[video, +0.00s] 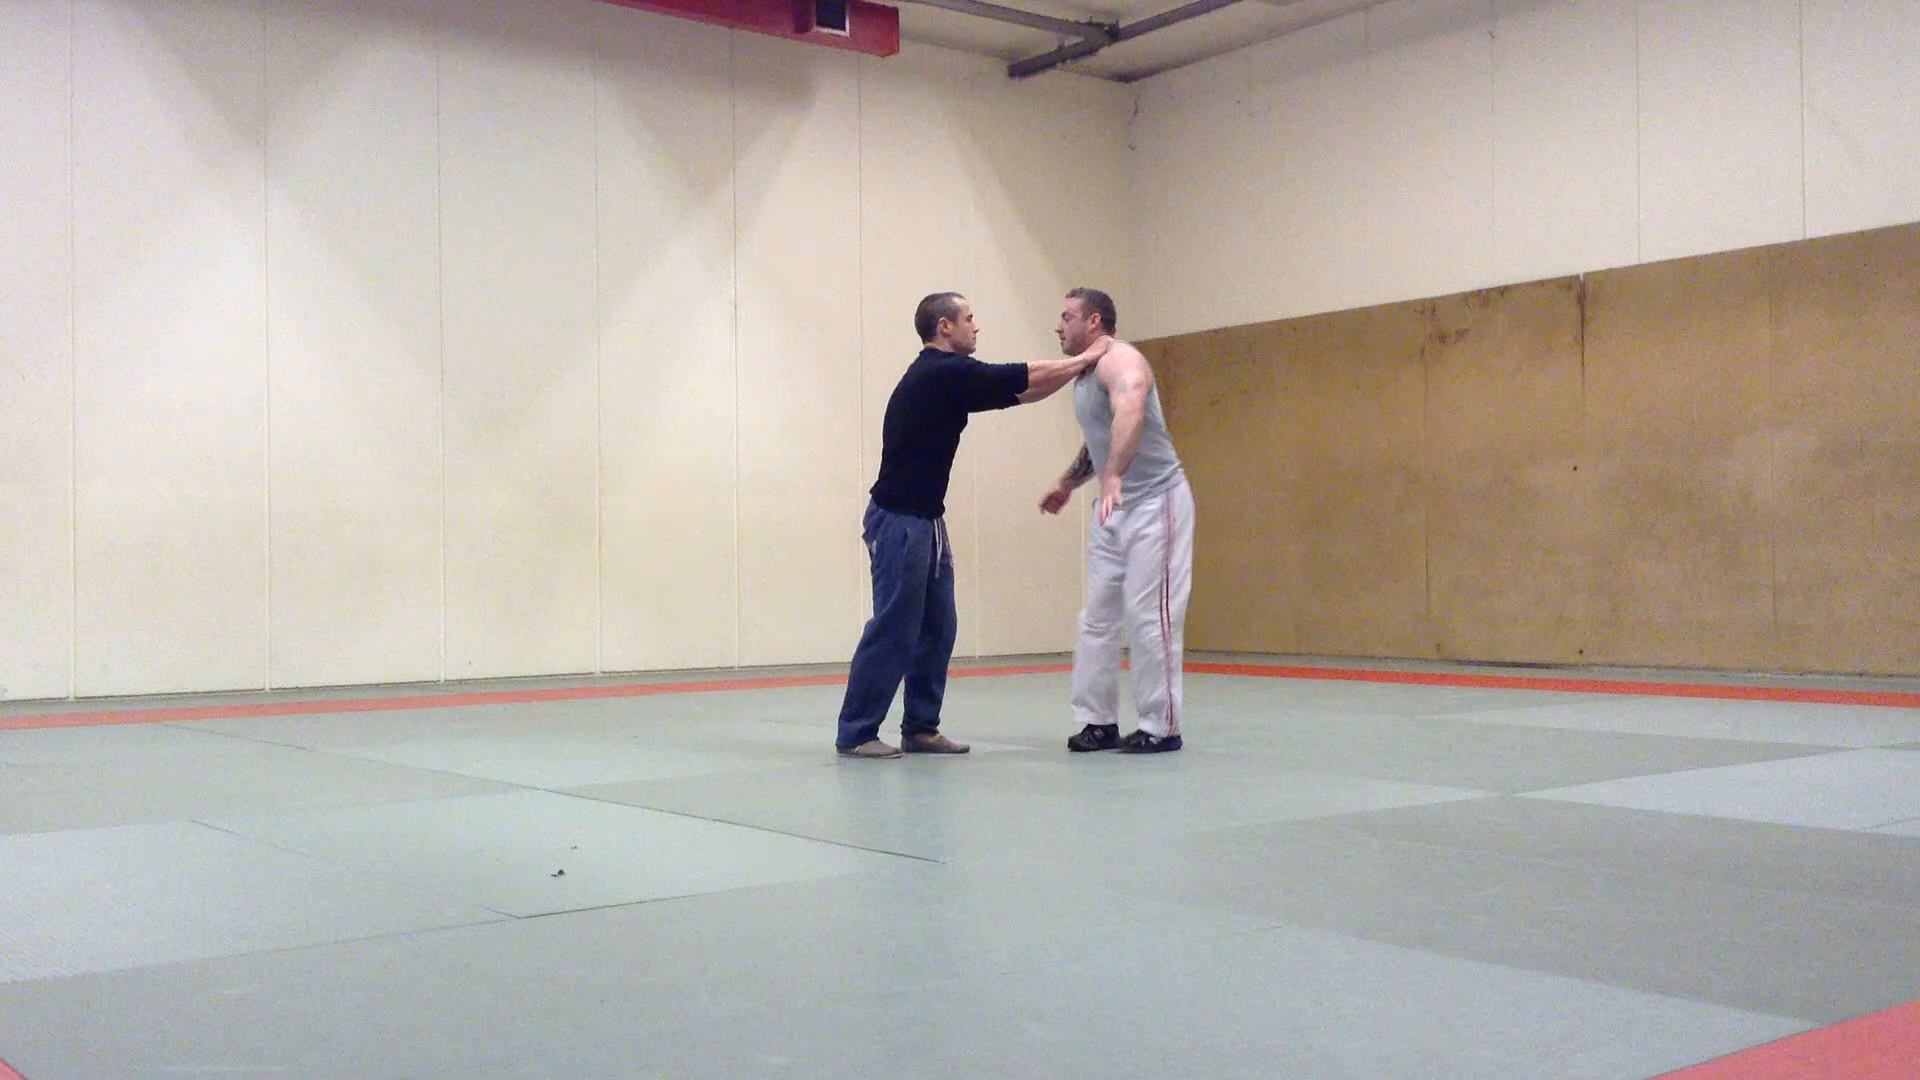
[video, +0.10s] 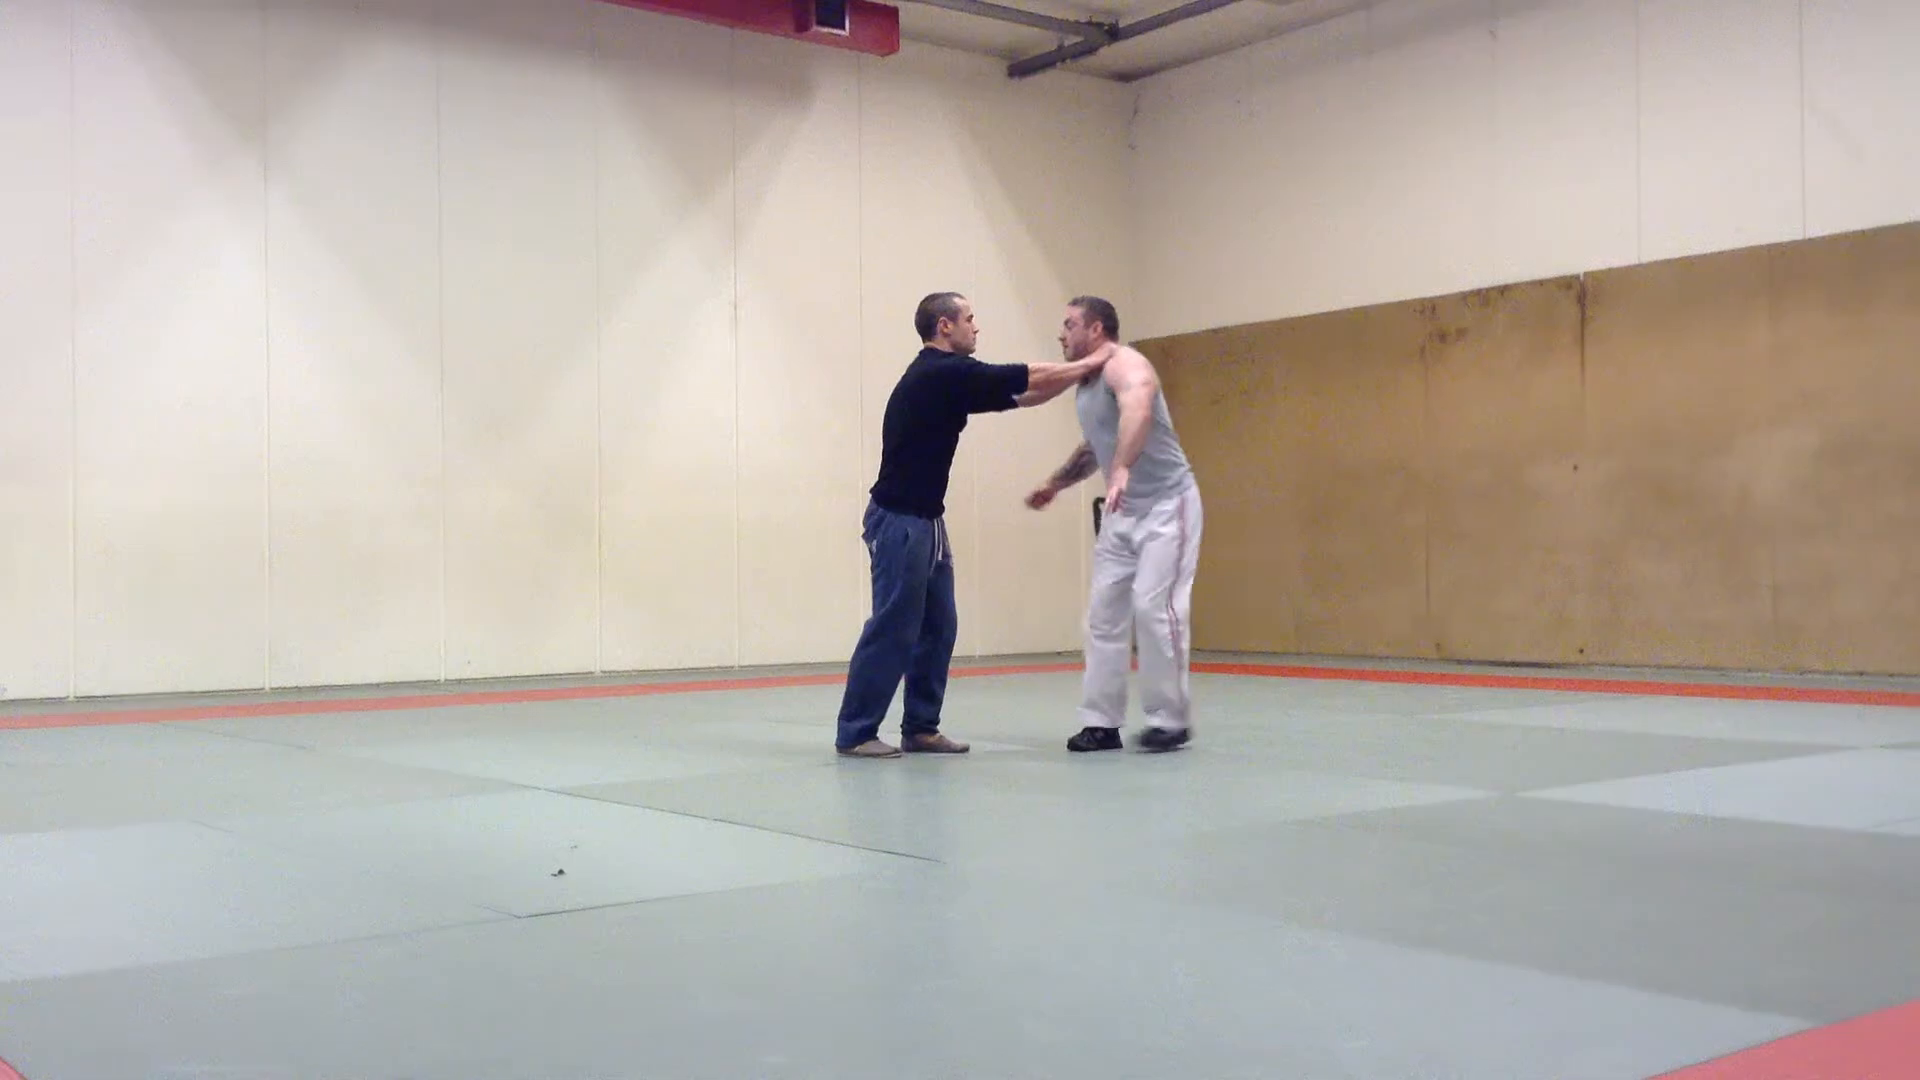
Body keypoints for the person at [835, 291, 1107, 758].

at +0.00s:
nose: (977, 327)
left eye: (974, 318)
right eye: (969, 319)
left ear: (941, 329)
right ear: (944, 327)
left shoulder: (947, 374)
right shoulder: (940, 372)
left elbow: (1022, 393)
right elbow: (1023, 375)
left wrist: (1078, 366)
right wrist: (1084, 358)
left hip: (928, 521)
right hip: (899, 521)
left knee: (937, 628)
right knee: (894, 626)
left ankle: (920, 731)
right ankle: (855, 735)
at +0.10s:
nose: (977, 327)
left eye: (974, 319)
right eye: (969, 319)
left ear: (940, 329)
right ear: (944, 327)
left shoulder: (946, 375)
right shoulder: (940, 372)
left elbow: (1024, 396)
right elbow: (1026, 376)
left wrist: (1080, 371)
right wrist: (1087, 362)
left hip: (927, 521)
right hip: (900, 521)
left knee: (938, 627)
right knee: (894, 626)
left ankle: (920, 730)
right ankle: (855, 734)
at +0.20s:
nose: (978, 327)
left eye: (974, 319)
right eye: (970, 319)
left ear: (940, 329)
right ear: (944, 327)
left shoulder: (945, 376)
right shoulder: (943, 372)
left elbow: (1022, 399)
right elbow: (1029, 377)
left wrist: (1086, 382)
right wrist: (1093, 371)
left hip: (925, 521)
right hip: (898, 521)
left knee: (939, 627)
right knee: (895, 626)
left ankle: (919, 729)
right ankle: (855, 733)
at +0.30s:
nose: (981, 327)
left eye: (978, 319)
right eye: (974, 320)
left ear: (945, 330)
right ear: (949, 329)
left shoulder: (949, 374)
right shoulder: (950, 373)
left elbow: (1028, 396)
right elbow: (1034, 377)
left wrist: (1096, 383)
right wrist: (1102, 376)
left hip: (922, 519)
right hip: (897, 519)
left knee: (937, 626)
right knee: (895, 626)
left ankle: (920, 729)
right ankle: (854, 733)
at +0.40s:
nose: (990, 324)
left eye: (987, 316)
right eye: (983, 317)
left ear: (955, 328)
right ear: (960, 326)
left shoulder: (961, 371)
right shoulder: (961, 369)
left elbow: (1036, 390)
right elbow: (1048, 378)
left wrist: (1102, 383)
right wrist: (1118, 372)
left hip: (924, 516)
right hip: (899, 515)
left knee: (937, 621)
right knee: (896, 621)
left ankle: (922, 725)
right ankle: (856, 730)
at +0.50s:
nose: (1002, 319)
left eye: (998, 312)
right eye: (993, 313)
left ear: (967, 325)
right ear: (969, 324)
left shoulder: (973, 364)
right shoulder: (969, 365)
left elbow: (1038, 377)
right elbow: (1050, 380)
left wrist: (1085, 367)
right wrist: (1123, 377)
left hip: (929, 510)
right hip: (902, 509)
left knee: (939, 616)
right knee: (897, 614)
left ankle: (921, 721)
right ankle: (856, 723)